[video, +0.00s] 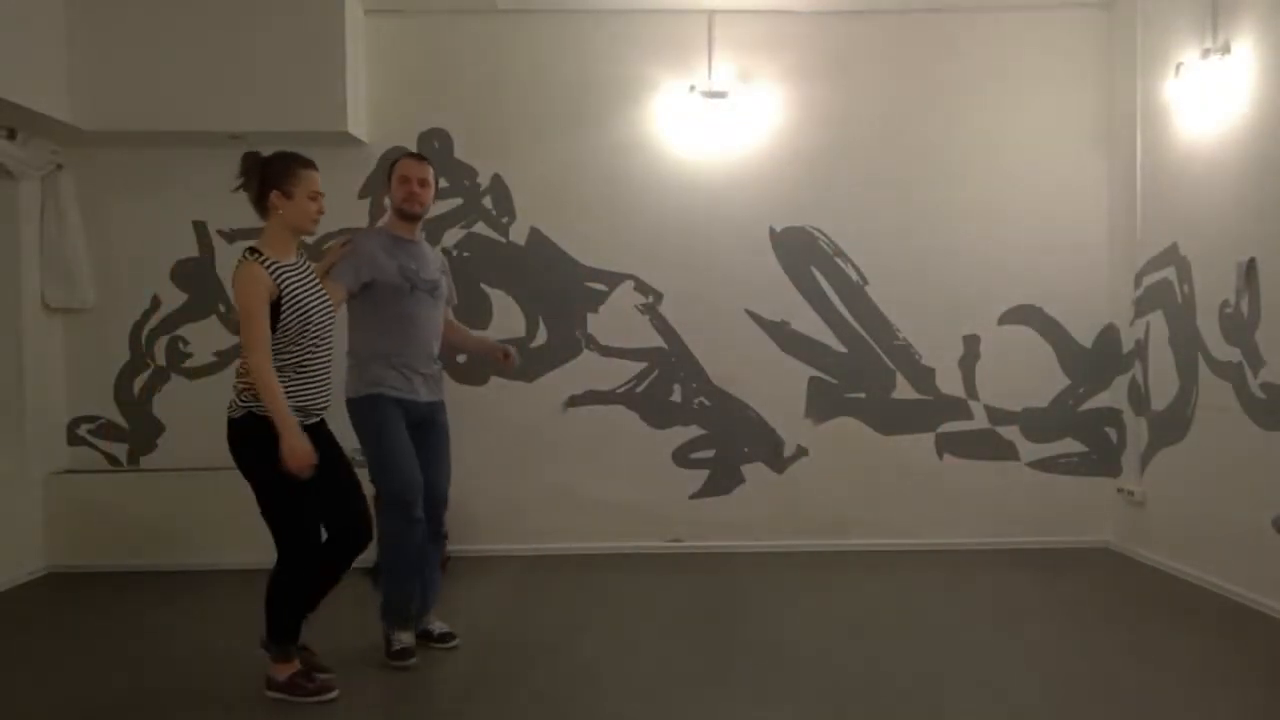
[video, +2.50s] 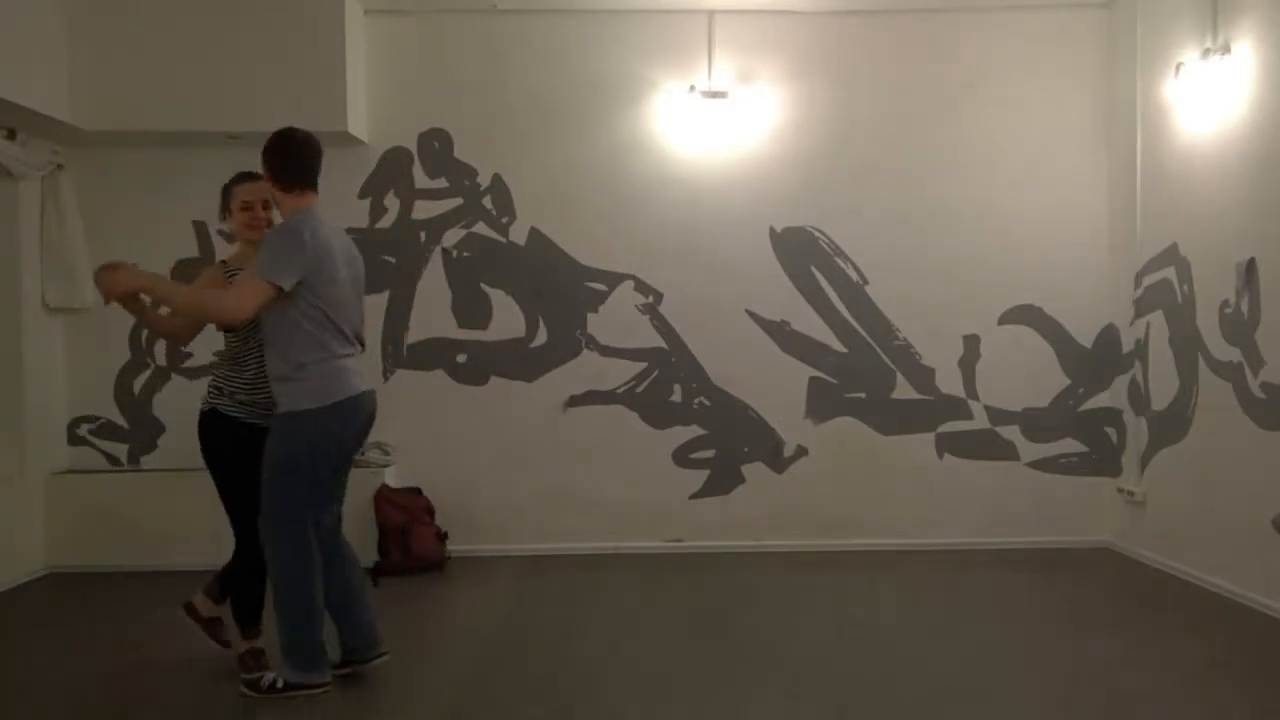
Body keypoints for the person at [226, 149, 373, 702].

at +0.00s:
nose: (321, 208)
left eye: (321, 199)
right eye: (312, 198)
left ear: (291, 204)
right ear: (277, 200)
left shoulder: (299, 262)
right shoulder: (255, 270)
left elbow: (306, 316)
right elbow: (257, 363)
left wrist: (339, 269)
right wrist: (288, 431)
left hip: (307, 420)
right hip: (263, 425)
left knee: (353, 530)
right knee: (297, 544)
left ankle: (286, 629)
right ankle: (281, 665)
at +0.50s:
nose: (307, 189)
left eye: (312, 180)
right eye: (292, 182)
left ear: (319, 189)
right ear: (267, 194)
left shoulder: (300, 254)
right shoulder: (273, 255)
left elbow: (294, 315)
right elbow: (314, 323)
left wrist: (324, 263)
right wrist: (396, 348)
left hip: (316, 417)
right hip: (277, 420)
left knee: (357, 524)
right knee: (304, 541)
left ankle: (350, 651)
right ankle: (282, 665)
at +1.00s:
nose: (288, 208)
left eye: (289, 200)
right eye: (277, 200)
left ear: (269, 213)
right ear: (245, 210)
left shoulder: (253, 264)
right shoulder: (235, 259)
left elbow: (204, 320)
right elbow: (175, 320)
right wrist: (120, 376)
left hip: (244, 420)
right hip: (232, 422)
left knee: (234, 539)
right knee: (285, 532)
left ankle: (186, 650)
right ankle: (283, 663)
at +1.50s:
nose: (207, 205)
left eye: (204, 196)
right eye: (199, 197)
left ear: (171, 208)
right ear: (170, 207)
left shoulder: (179, 268)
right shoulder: (143, 266)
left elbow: (189, 330)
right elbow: (142, 345)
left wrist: (228, 299)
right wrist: (215, 333)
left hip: (175, 426)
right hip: (128, 428)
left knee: (202, 528)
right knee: (135, 541)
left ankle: (181, 650)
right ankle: (79, 645)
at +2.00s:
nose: (189, 200)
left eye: (192, 192)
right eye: (175, 195)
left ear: (197, 201)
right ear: (147, 208)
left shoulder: (186, 263)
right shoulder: (152, 266)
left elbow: (186, 329)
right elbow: (163, 342)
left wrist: (229, 304)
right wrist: (222, 322)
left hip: (177, 410)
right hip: (152, 412)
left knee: (158, 528)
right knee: (211, 518)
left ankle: (121, 639)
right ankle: (177, 631)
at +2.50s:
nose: (260, 215)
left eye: (267, 206)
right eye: (248, 208)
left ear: (279, 210)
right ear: (228, 217)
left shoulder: (288, 272)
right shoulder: (221, 275)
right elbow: (178, 329)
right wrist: (131, 300)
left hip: (277, 418)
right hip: (228, 418)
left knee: (267, 530)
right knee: (255, 534)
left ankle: (209, 600)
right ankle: (251, 643)